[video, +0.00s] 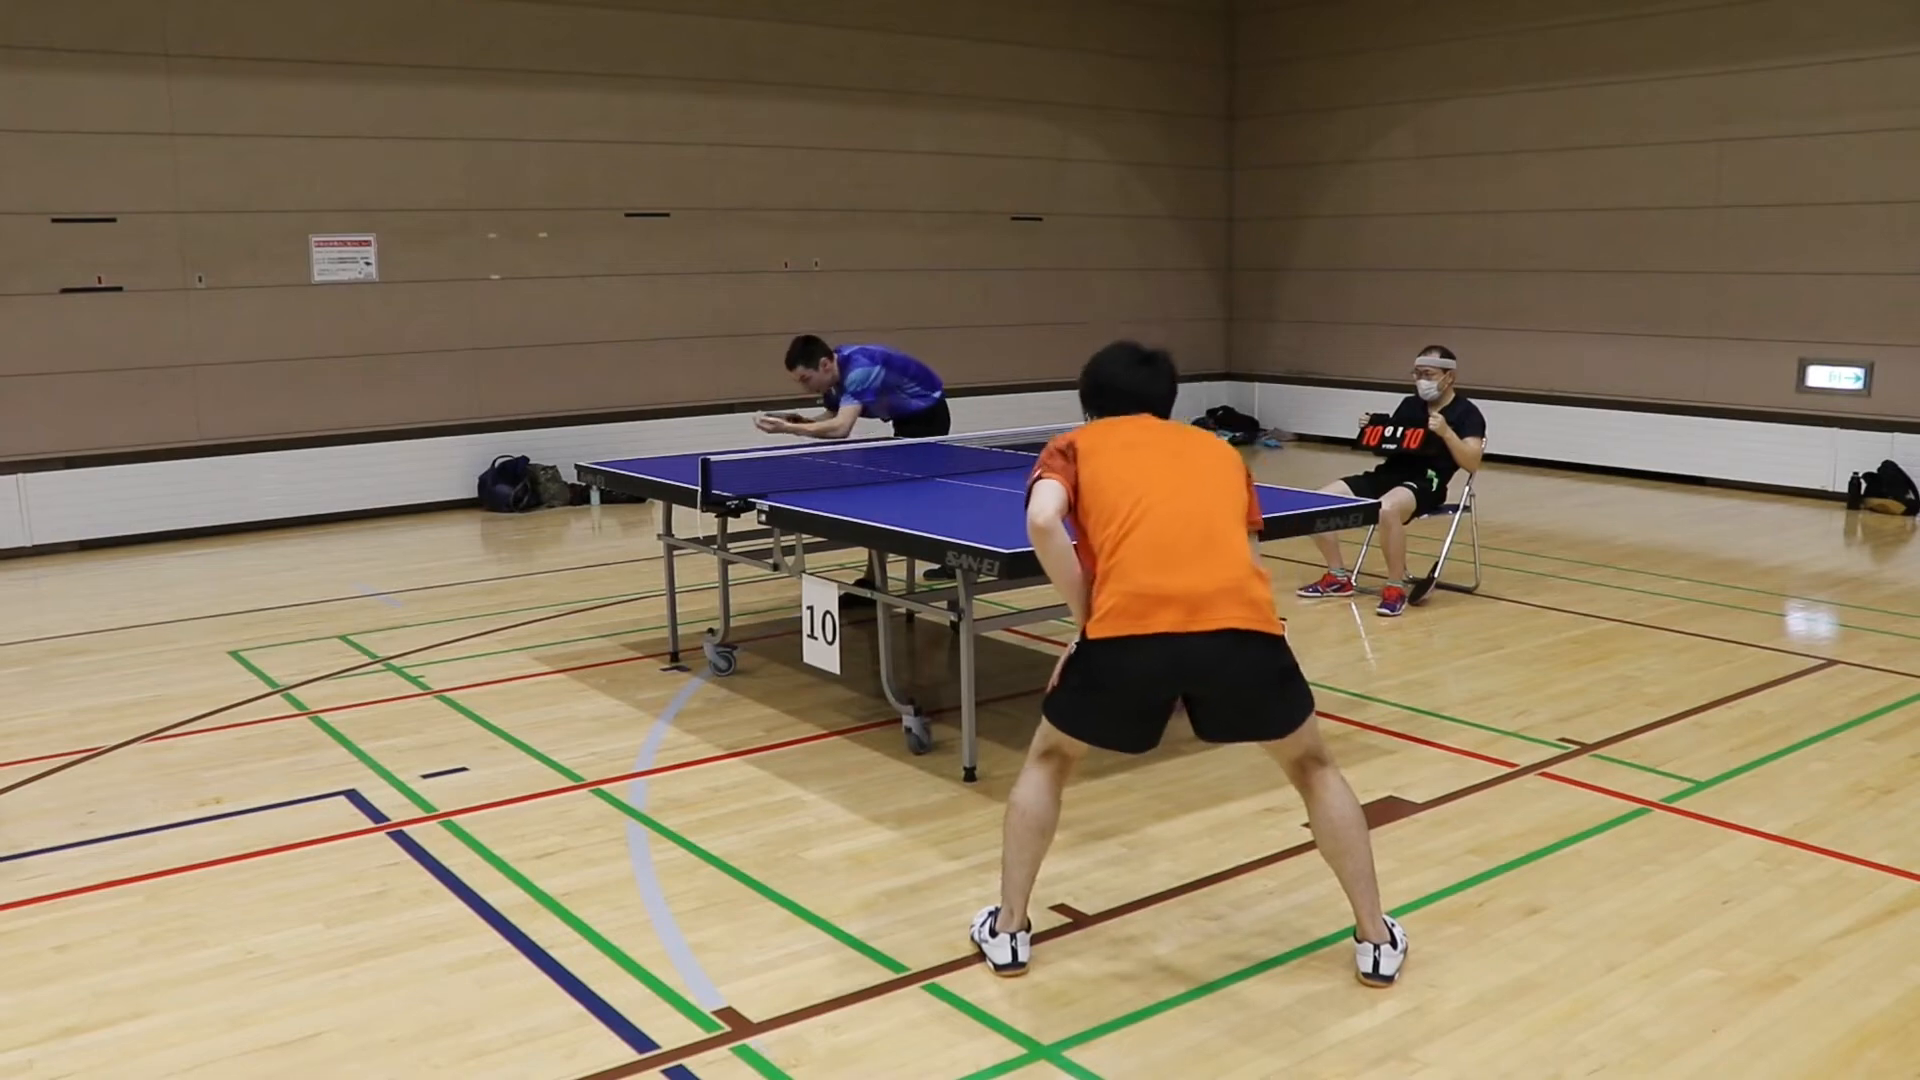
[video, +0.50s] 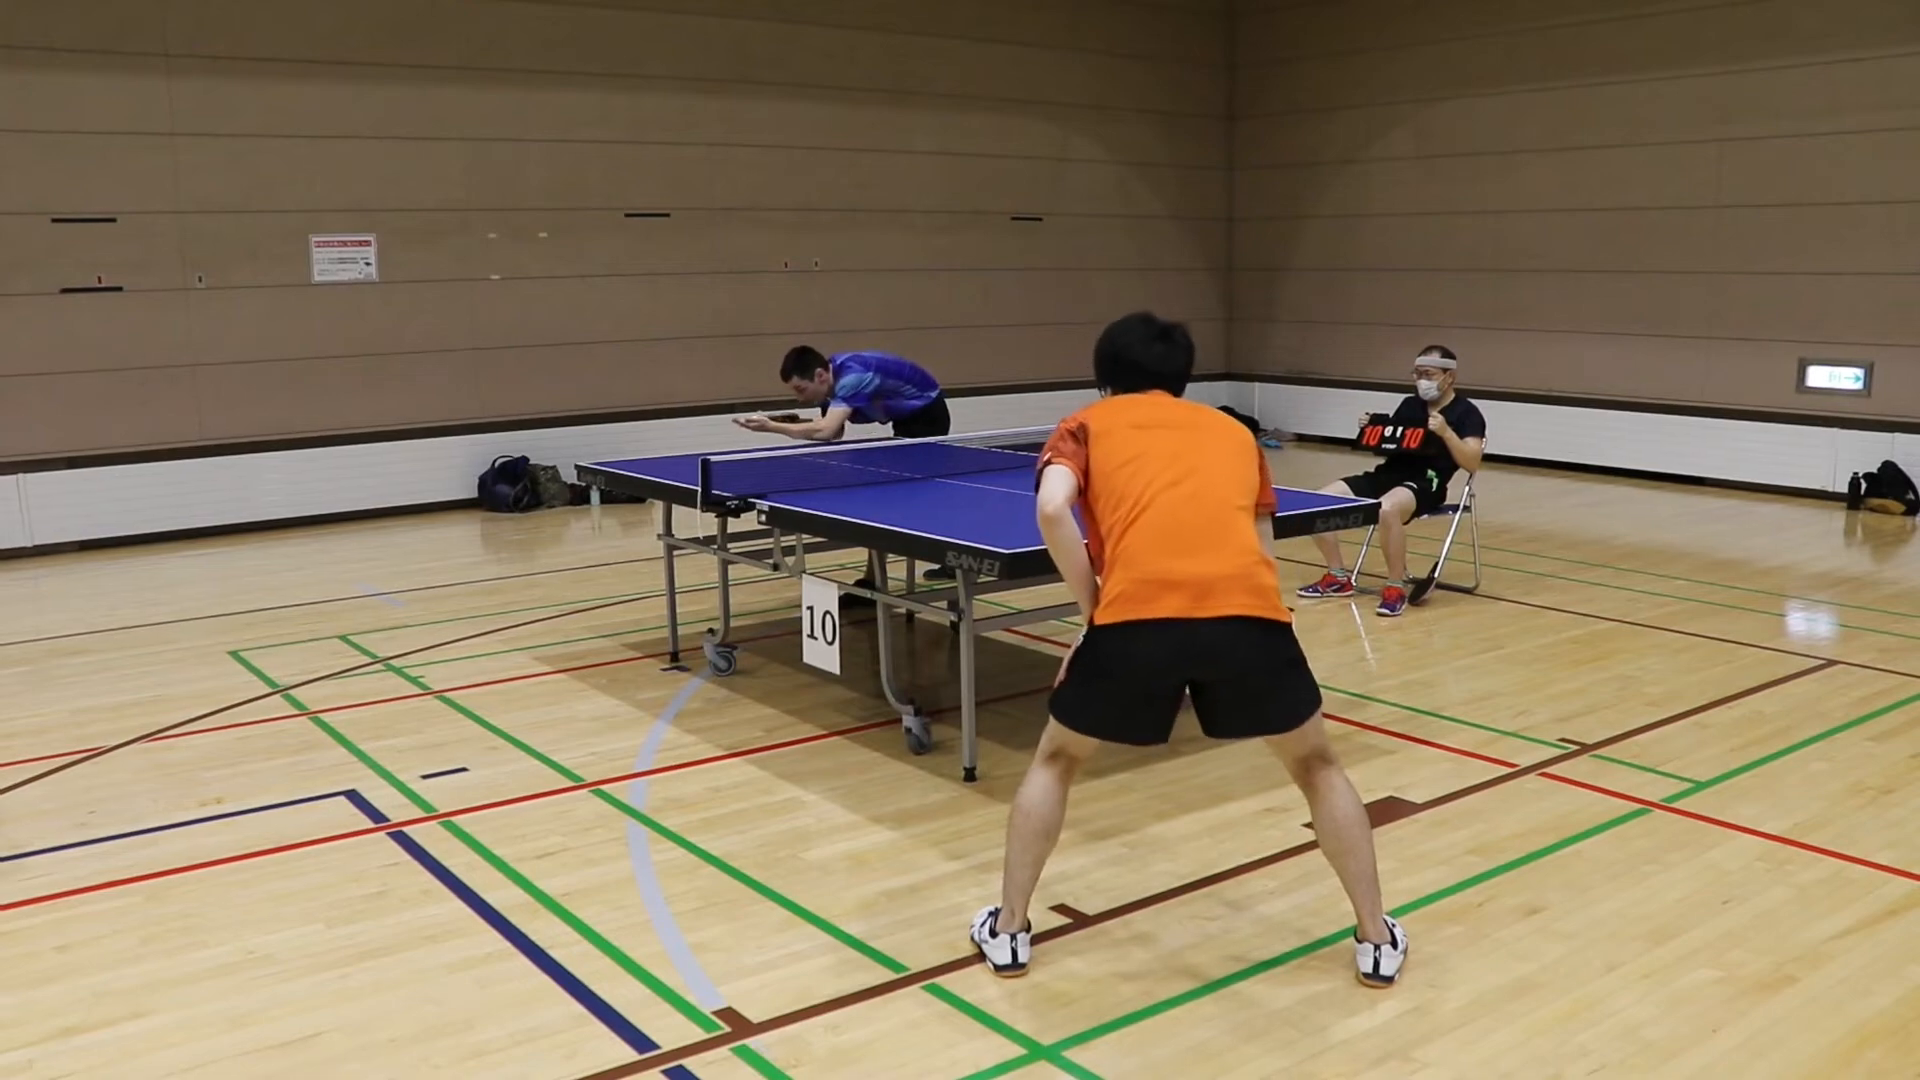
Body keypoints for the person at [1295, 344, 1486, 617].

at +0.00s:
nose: (1423, 382)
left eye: (1430, 375)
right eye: (1418, 374)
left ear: (1450, 378)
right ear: (1413, 375)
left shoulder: (1467, 414)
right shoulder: (1411, 404)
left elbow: (1472, 463)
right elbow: (1392, 439)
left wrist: (1446, 433)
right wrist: (1373, 425)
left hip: (1427, 481)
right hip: (1390, 474)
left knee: (1389, 509)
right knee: (1318, 503)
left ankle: (1394, 588)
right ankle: (1338, 576)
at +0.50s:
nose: (1423, 381)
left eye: (1430, 375)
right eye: (1418, 374)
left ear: (1450, 377)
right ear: (1413, 375)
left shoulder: (1466, 414)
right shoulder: (1411, 404)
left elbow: (1472, 463)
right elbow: (1392, 439)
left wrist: (1446, 433)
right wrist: (1373, 425)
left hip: (1427, 481)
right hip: (1390, 474)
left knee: (1389, 509)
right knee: (1319, 502)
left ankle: (1394, 588)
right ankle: (1338, 576)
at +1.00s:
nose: (1423, 381)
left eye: (1430, 374)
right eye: (1419, 374)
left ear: (1450, 378)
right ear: (1414, 375)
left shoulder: (1467, 414)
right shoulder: (1411, 404)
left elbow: (1472, 464)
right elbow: (1392, 440)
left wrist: (1446, 433)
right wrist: (1373, 426)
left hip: (1427, 482)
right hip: (1390, 474)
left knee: (1389, 509)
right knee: (1318, 503)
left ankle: (1394, 588)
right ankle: (1337, 576)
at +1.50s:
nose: (1423, 380)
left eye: (1430, 374)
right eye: (1419, 373)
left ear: (1450, 377)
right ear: (1414, 375)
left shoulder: (1467, 414)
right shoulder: (1411, 405)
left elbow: (1472, 463)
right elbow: (1393, 440)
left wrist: (1446, 433)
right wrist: (1373, 426)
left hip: (1427, 482)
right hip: (1390, 474)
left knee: (1389, 509)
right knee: (1319, 502)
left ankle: (1395, 588)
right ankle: (1337, 576)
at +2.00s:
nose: (1423, 381)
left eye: (1430, 375)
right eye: (1418, 374)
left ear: (1450, 378)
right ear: (1414, 375)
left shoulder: (1466, 413)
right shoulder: (1410, 405)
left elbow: (1471, 463)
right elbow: (1386, 444)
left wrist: (1446, 433)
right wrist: (1367, 432)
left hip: (1426, 482)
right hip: (1388, 476)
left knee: (1390, 508)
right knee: (1323, 500)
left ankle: (1395, 587)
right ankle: (1337, 574)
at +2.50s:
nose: (1423, 382)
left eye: (1430, 375)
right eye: (1419, 375)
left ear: (1449, 378)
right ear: (1414, 375)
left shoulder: (1467, 414)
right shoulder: (1411, 405)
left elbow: (1472, 463)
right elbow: (1393, 440)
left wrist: (1447, 433)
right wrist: (1372, 426)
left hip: (1427, 482)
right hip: (1390, 474)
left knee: (1388, 509)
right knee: (1319, 501)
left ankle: (1395, 588)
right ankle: (1337, 576)